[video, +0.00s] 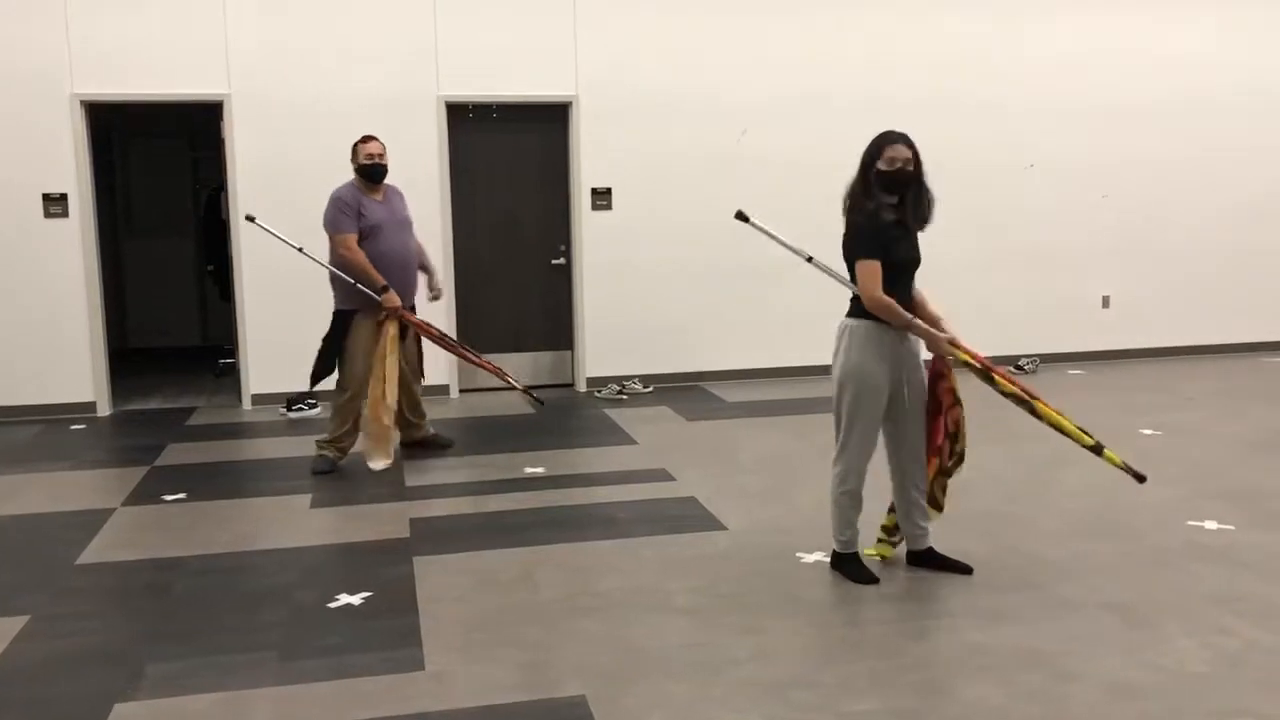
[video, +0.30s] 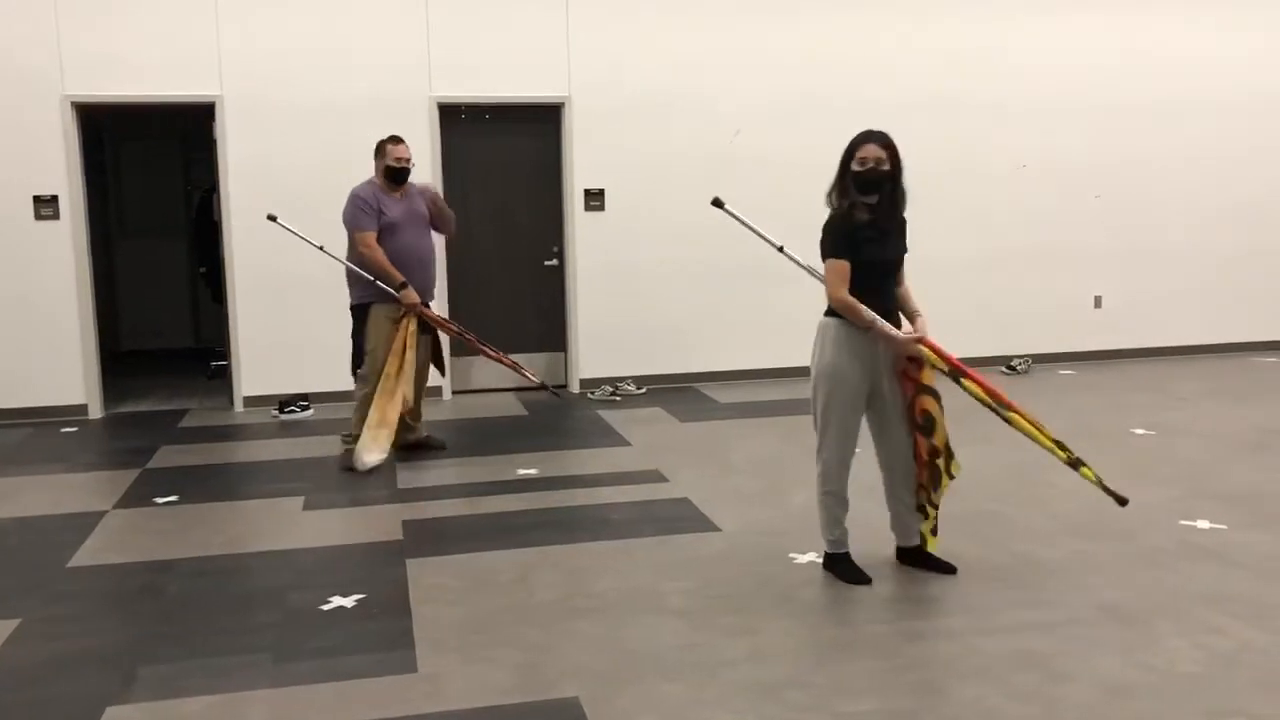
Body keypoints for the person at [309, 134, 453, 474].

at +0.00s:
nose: (375, 161)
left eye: (380, 156)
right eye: (368, 157)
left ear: (387, 161)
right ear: (354, 163)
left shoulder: (395, 195)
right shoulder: (343, 199)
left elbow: (406, 238)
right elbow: (345, 251)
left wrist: (429, 270)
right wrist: (383, 289)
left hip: (401, 303)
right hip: (360, 307)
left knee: (409, 373)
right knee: (353, 382)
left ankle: (414, 434)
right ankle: (332, 450)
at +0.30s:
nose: (404, 167)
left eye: (408, 162)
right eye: (397, 162)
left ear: (411, 163)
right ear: (379, 163)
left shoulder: (420, 195)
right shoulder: (364, 197)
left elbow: (447, 229)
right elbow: (366, 248)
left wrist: (438, 205)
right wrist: (402, 285)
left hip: (417, 298)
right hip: (378, 300)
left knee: (417, 370)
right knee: (374, 372)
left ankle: (409, 434)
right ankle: (358, 443)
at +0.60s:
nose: (409, 169)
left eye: (413, 164)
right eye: (402, 164)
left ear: (416, 165)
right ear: (384, 164)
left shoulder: (421, 196)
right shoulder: (367, 198)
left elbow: (453, 223)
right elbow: (368, 248)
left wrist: (429, 191)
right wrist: (409, 281)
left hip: (423, 298)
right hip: (383, 302)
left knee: (424, 367)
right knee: (394, 371)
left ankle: (413, 431)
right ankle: (392, 438)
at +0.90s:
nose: (427, 176)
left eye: (432, 171)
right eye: (420, 170)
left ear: (437, 172)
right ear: (405, 171)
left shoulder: (442, 202)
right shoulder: (390, 203)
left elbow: (473, 230)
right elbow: (390, 251)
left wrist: (448, 197)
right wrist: (431, 283)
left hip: (447, 303)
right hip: (408, 307)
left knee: (462, 367)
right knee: (409, 381)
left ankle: (475, 427)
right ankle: (392, 447)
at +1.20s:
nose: (456, 181)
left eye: (460, 176)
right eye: (450, 175)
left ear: (467, 178)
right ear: (436, 176)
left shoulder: (472, 206)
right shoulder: (421, 208)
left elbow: (504, 232)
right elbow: (421, 254)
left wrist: (477, 197)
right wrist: (457, 285)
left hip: (480, 303)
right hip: (439, 306)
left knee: (480, 369)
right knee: (426, 377)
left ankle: (476, 430)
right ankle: (401, 447)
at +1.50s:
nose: (474, 176)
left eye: (478, 171)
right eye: (469, 171)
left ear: (482, 170)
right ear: (454, 165)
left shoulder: (481, 196)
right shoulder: (433, 195)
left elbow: (512, 227)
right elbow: (429, 244)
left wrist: (488, 196)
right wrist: (467, 275)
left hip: (482, 293)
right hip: (446, 294)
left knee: (480, 360)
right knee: (448, 361)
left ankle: (472, 424)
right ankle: (437, 428)